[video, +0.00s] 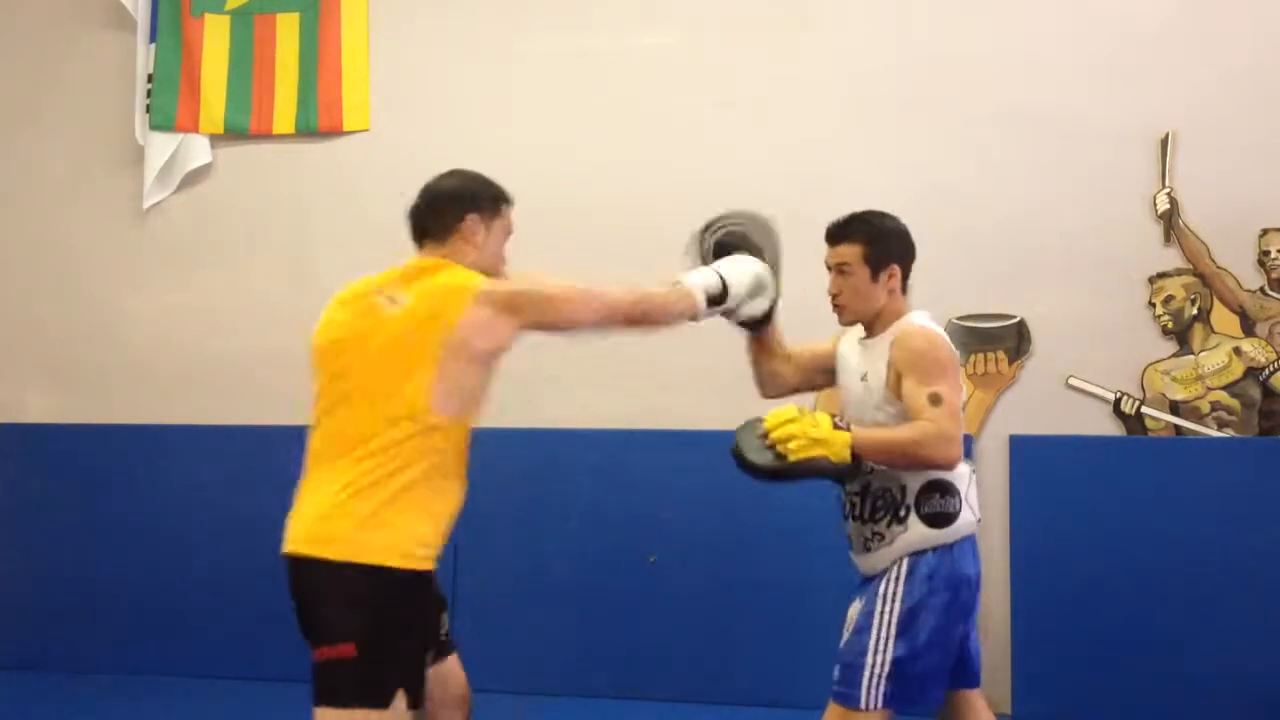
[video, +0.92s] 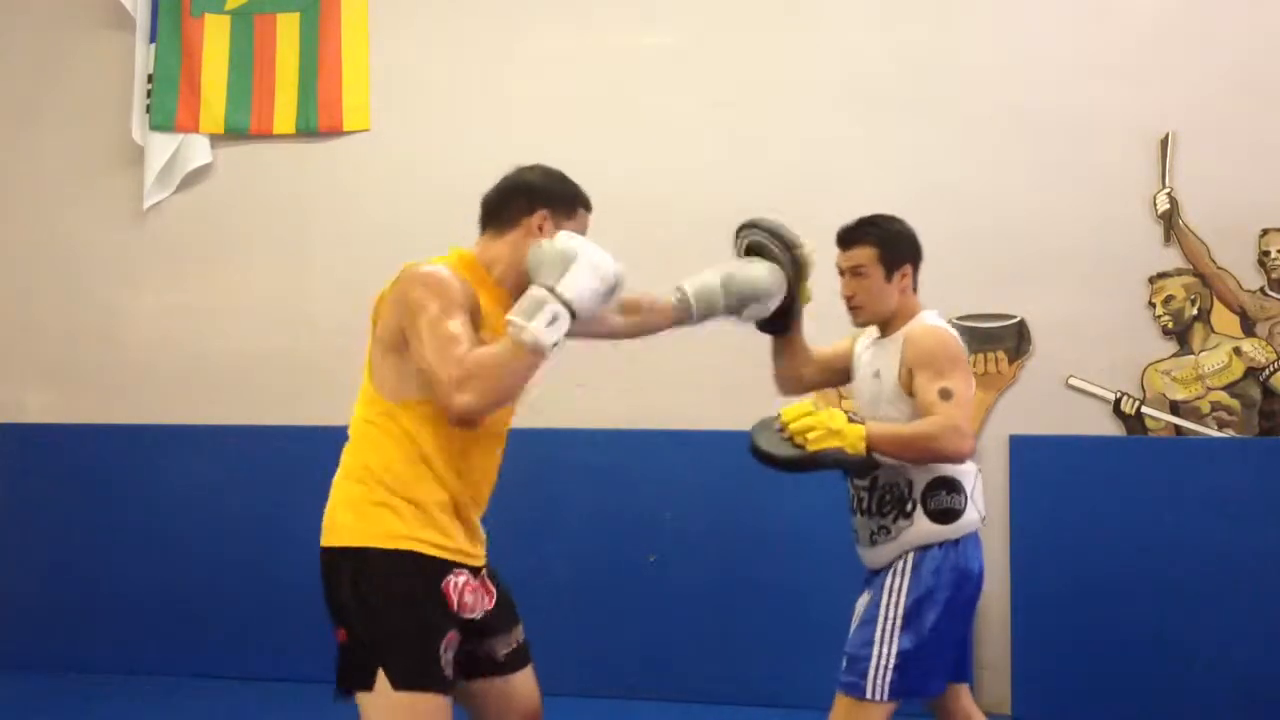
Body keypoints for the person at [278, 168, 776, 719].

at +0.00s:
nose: (507, 256)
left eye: (508, 237)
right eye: (504, 236)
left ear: (435, 233)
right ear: (471, 229)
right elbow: (626, 307)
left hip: (319, 552)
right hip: (377, 564)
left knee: (446, 698)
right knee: (358, 714)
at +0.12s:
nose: (532, 262)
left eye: (533, 245)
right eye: (529, 243)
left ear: (457, 240)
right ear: (497, 239)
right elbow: (625, 385)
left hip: (339, 546)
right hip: (400, 555)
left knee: (458, 690)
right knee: (402, 710)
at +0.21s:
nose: (542, 265)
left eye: (545, 247)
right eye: (541, 245)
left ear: (492, 236)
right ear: (508, 235)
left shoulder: (401, 296)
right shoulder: (498, 300)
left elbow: (449, 412)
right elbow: (562, 421)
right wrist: (604, 415)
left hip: (352, 537)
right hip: (411, 544)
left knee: (453, 700)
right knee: (427, 708)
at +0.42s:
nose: (550, 261)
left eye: (555, 244)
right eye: (550, 240)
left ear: (509, 227)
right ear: (516, 227)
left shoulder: (428, 279)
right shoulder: (472, 291)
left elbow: (432, 400)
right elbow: (500, 427)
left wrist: (513, 363)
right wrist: (579, 379)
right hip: (411, 553)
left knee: (478, 698)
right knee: (430, 708)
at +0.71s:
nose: (538, 298)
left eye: (546, 286)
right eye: (541, 281)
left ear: (514, 254)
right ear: (515, 255)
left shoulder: (456, 309)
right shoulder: (430, 309)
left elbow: (507, 417)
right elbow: (522, 425)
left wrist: (561, 383)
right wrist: (562, 315)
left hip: (443, 566)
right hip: (390, 576)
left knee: (532, 702)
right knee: (426, 710)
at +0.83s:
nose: (568, 251)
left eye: (572, 237)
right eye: (569, 233)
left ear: (531, 224)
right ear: (536, 221)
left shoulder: (496, 302)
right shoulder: (424, 283)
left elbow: (540, 363)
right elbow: (480, 400)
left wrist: (628, 330)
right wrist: (555, 301)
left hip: (459, 543)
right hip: (387, 547)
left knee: (526, 702)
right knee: (407, 708)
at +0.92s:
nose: (578, 254)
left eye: (581, 243)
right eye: (575, 240)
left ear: (534, 228)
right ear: (540, 225)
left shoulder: (512, 299)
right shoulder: (432, 285)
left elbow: (619, 313)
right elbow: (465, 394)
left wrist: (708, 296)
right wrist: (549, 302)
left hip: (453, 539)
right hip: (384, 538)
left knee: (514, 704)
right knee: (412, 707)